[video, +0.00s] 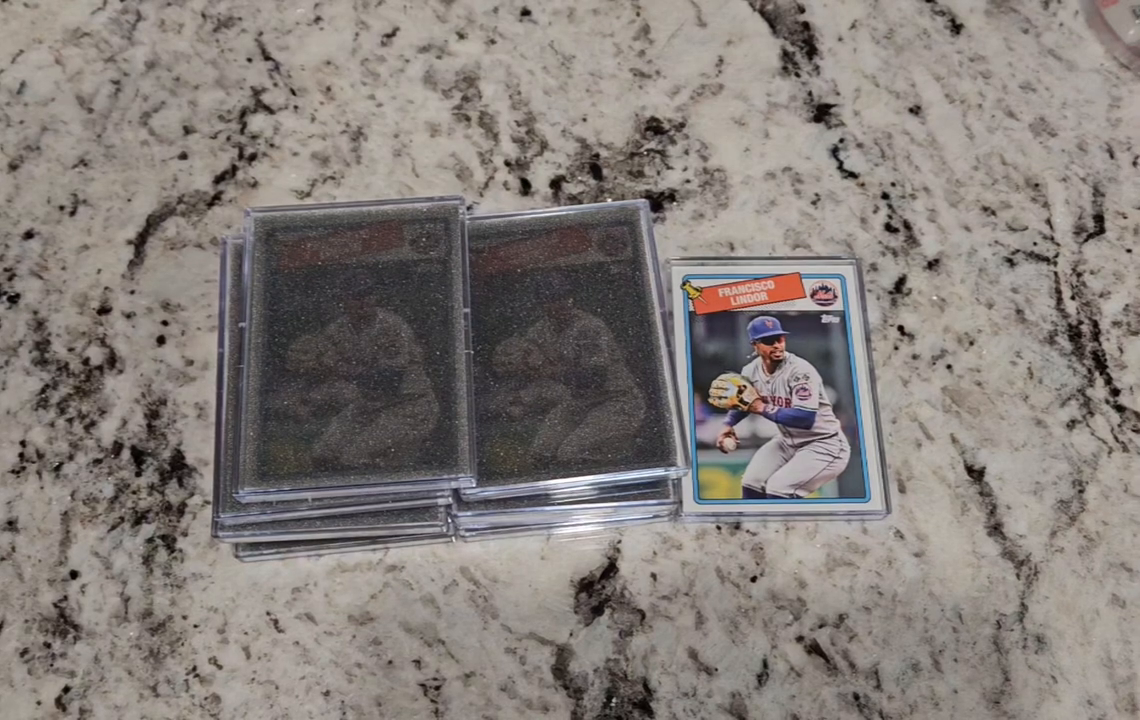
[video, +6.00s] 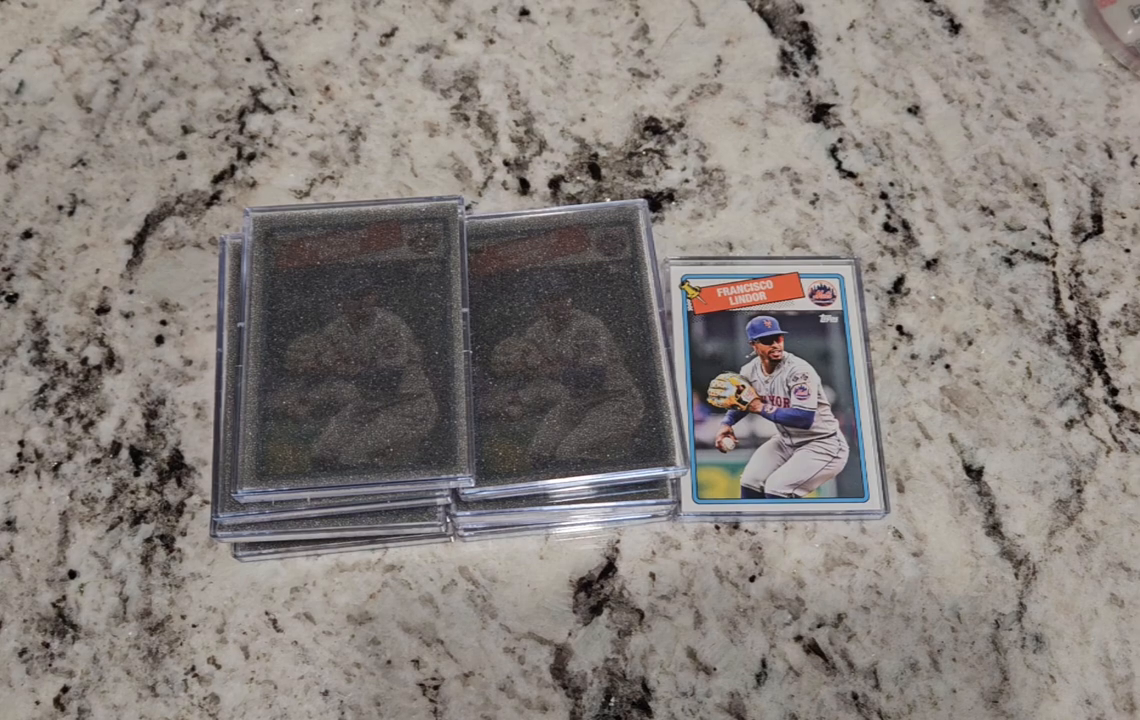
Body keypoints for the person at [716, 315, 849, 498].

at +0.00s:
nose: (777, 346)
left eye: (779, 339)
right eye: (769, 342)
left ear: (785, 339)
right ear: (755, 346)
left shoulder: (802, 371)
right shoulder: (750, 372)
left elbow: (805, 419)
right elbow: (743, 403)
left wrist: (761, 407)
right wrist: (727, 426)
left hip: (825, 445)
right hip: (788, 443)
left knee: (778, 488)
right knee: (752, 484)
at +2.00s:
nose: (776, 346)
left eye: (778, 339)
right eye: (767, 342)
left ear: (783, 339)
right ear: (754, 346)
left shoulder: (801, 371)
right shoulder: (749, 372)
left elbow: (804, 419)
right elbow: (743, 403)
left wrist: (761, 407)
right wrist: (726, 425)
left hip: (824, 446)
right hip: (786, 443)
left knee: (777, 488)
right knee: (751, 483)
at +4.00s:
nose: (776, 346)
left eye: (778, 339)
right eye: (767, 342)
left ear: (783, 339)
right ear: (754, 346)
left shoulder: (801, 371)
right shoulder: (749, 372)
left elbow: (804, 419)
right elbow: (743, 402)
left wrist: (760, 407)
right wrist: (726, 425)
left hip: (824, 445)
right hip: (786, 442)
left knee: (777, 487)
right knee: (751, 483)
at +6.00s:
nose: (775, 345)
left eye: (778, 339)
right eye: (767, 341)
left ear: (783, 339)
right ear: (754, 346)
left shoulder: (800, 371)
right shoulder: (748, 372)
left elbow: (803, 419)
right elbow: (742, 403)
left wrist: (760, 407)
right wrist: (726, 425)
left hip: (824, 445)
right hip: (786, 443)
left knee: (776, 488)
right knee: (750, 482)